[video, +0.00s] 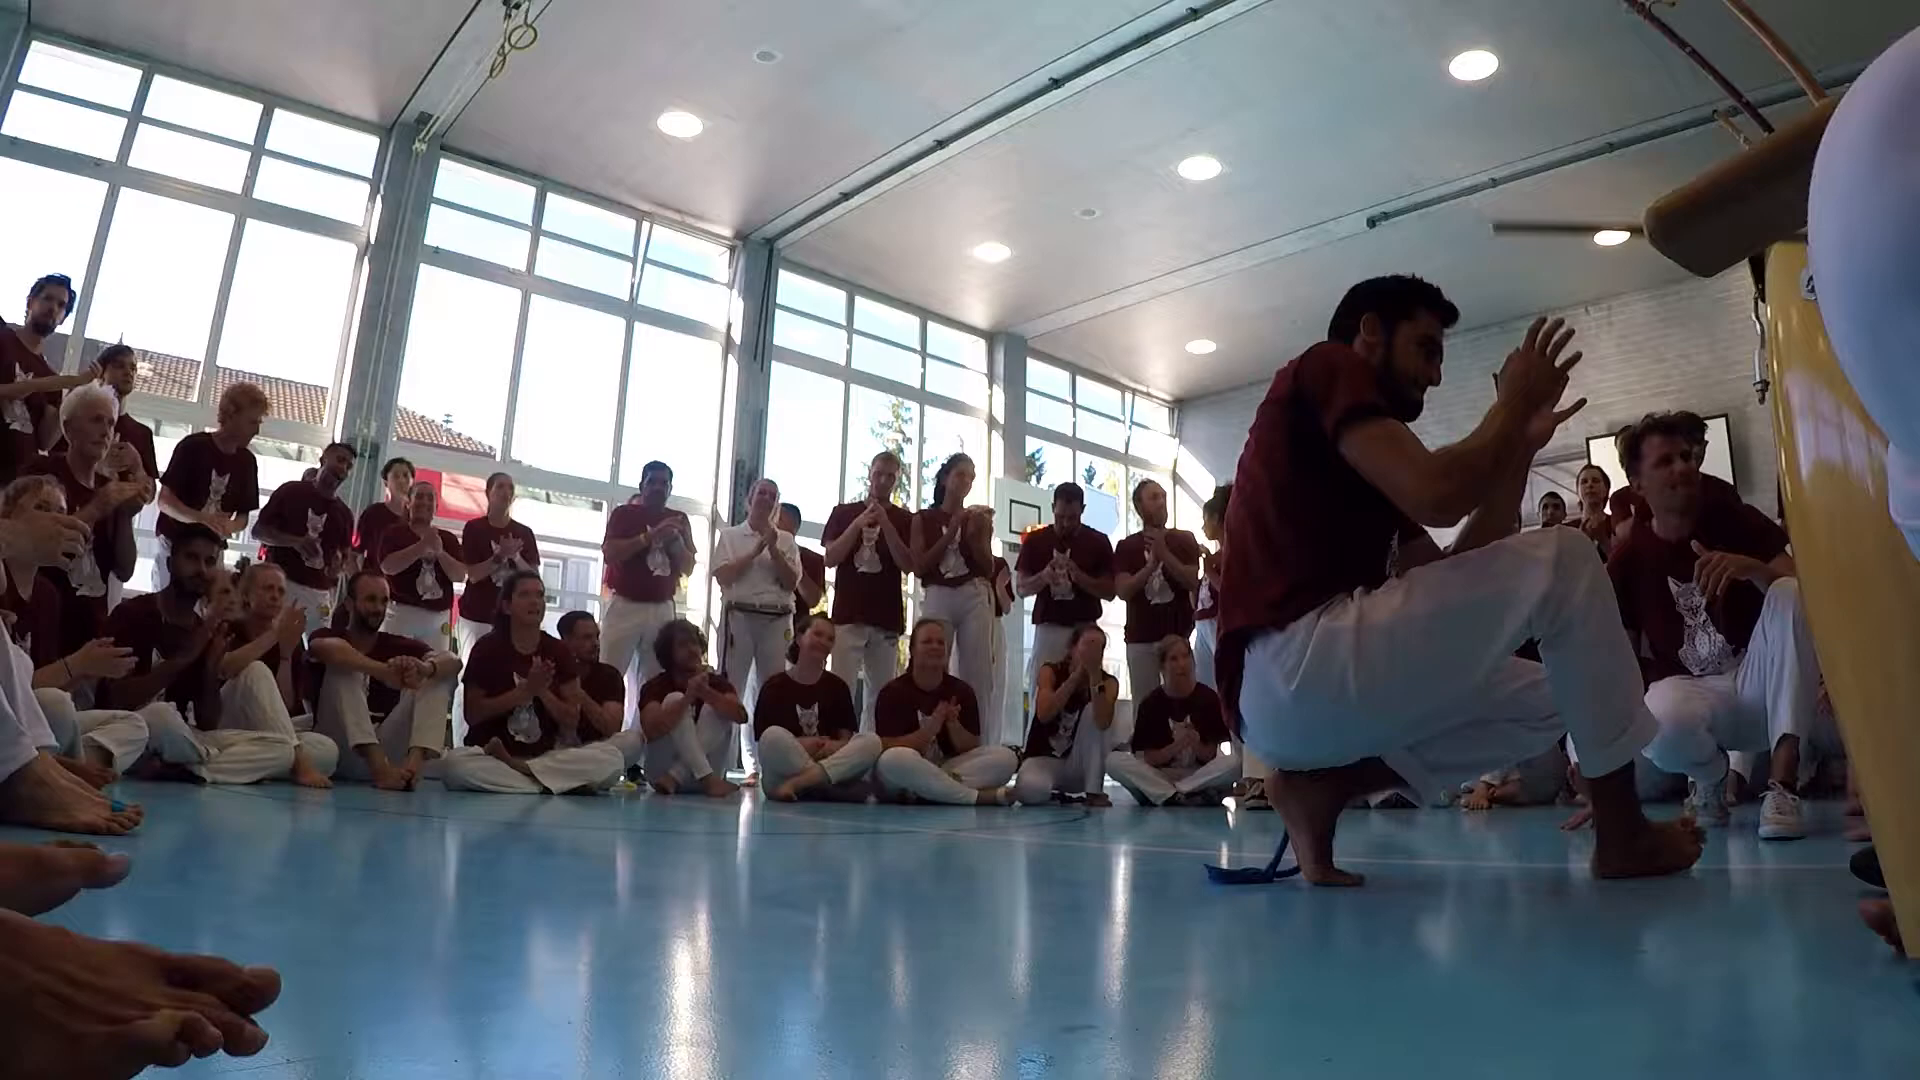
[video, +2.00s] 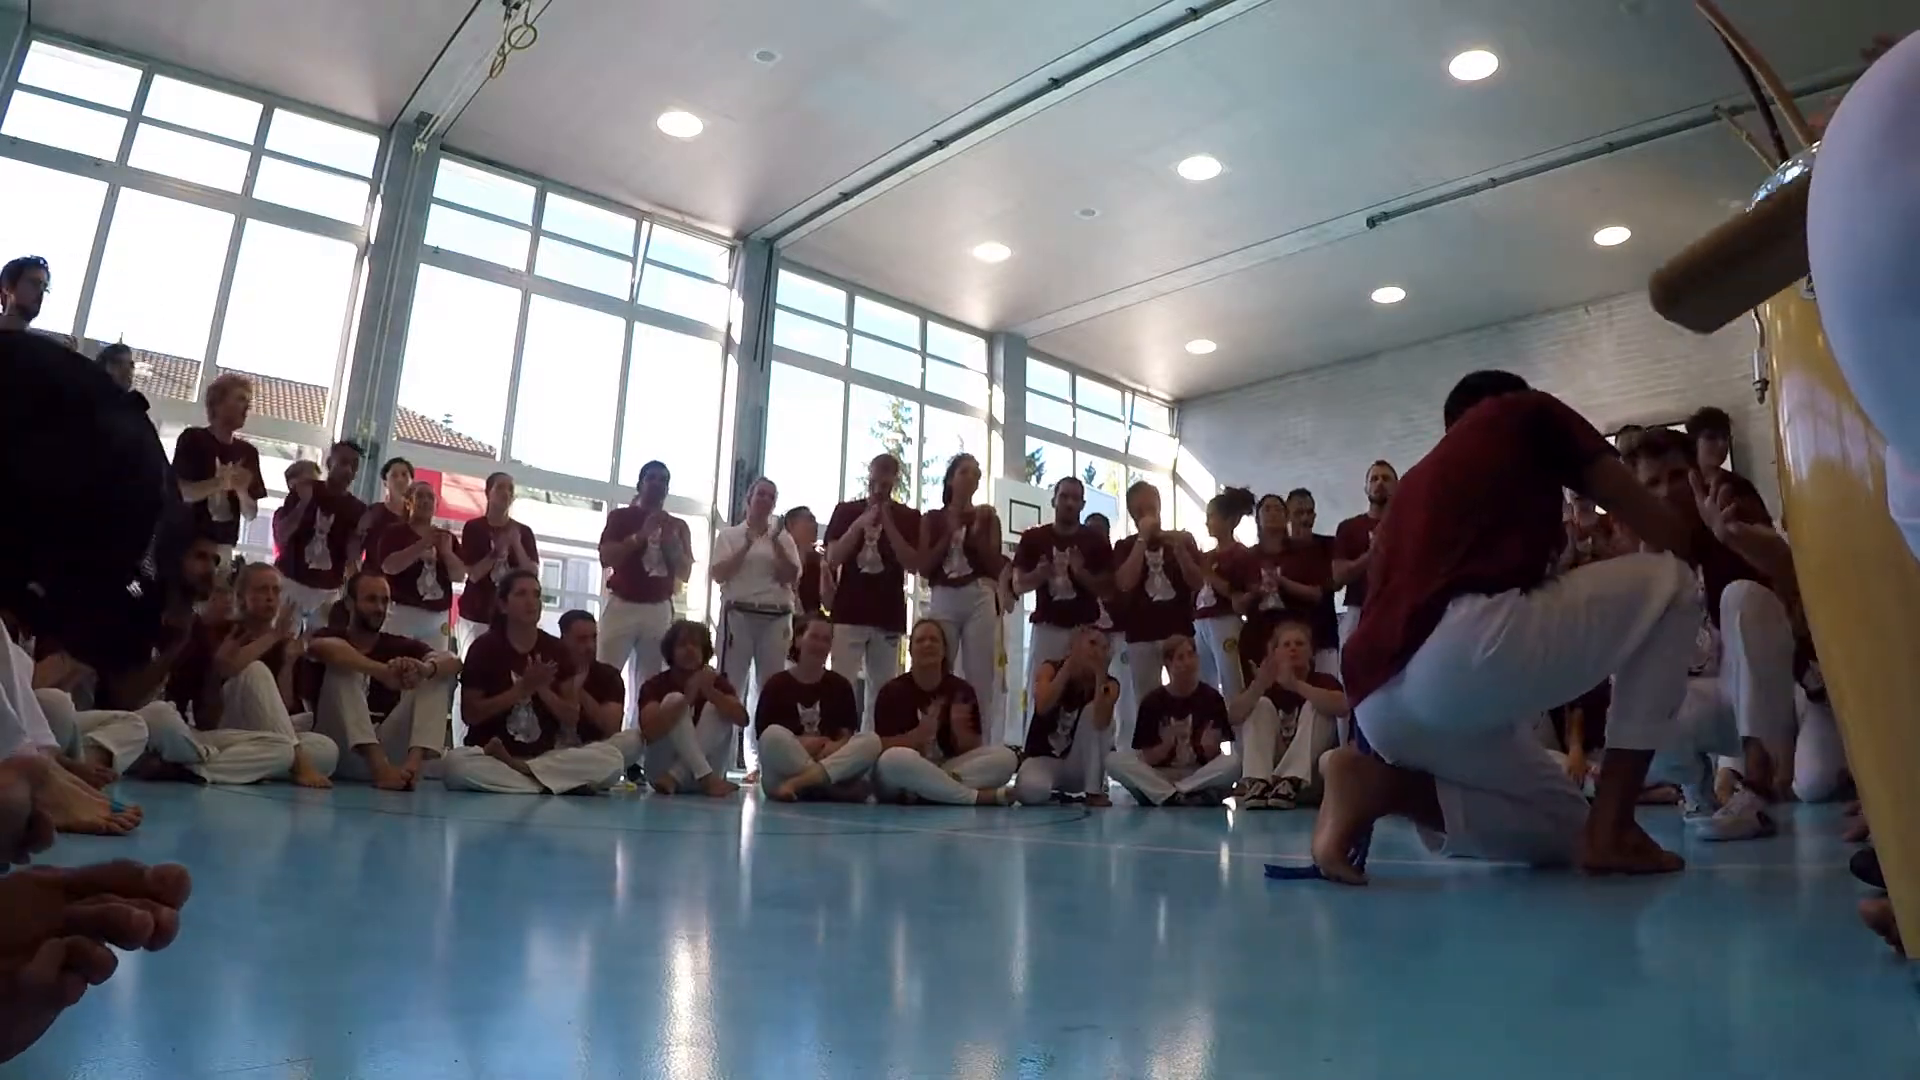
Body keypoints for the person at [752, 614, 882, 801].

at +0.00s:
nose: (823, 642)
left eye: (829, 640)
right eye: (817, 635)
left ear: (833, 648)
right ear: (799, 638)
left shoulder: (838, 687)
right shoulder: (774, 685)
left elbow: (846, 740)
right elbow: (764, 739)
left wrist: (832, 747)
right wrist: (806, 744)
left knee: (872, 742)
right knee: (772, 736)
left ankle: (796, 785)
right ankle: (835, 789)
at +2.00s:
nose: (820, 645)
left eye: (826, 640)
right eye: (814, 637)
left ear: (831, 646)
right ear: (797, 640)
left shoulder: (840, 685)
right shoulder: (777, 683)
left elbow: (846, 736)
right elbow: (764, 736)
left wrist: (833, 748)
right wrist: (806, 744)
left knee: (872, 742)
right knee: (772, 736)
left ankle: (796, 784)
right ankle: (835, 789)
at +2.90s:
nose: (817, 642)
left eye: (824, 638)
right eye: (811, 635)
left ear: (829, 645)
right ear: (796, 639)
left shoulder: (837, 685)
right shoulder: (774, 684)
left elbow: (848, 733)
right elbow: (764, 736)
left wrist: (826, 736)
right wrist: (801, 731)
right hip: (783, 776)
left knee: (865, 732)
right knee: (776, 728)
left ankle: (796, 784)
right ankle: (836, 789)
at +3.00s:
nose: (817, 644)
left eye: (823, 640)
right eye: (811, 636)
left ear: (828, 646)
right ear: (796, 639)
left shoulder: (836, 685)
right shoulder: (774, 683)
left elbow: (848, 731)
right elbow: (764, 733)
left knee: (863, 729)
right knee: (778, 723)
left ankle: (795, 784)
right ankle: (837, 788)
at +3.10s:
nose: (817, 644)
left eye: (823, 641)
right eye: (811, 637)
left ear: (828, 647)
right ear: (796, 639)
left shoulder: (835, 683)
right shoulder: (774, 682)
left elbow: (842, 733)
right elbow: (769, 733)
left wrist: (834, 710)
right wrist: (802, 713)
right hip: (784, 775)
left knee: (861, 725)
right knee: (780, 719)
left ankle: (795, 783)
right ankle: (835, 787)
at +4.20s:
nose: (823, 645)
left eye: (830, 640)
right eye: (817, 637)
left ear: (835, 646)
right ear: (801, 638)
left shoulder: (841, 680)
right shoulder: (782, 678)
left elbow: (854, 723)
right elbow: (778, 730)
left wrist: (833, 683)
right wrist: (816, 693)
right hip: (785, 776)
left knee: (866, 729)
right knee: (765, 722)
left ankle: (797, 784)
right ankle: (832, 785)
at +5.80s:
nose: (817, 646)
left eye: (819, 639)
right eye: (809, 642)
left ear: (822, 640)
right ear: (790, 647)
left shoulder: (833, 673)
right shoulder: (776, 681)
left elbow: (847, 705)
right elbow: (803, 732)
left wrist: (826, 663)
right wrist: (805, 680)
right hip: (787, 778)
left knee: (854, 720)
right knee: (769, 717)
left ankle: (794, 784)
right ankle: (829, 785)